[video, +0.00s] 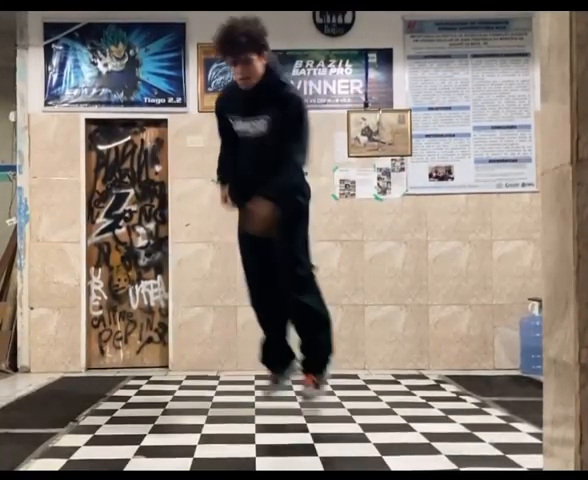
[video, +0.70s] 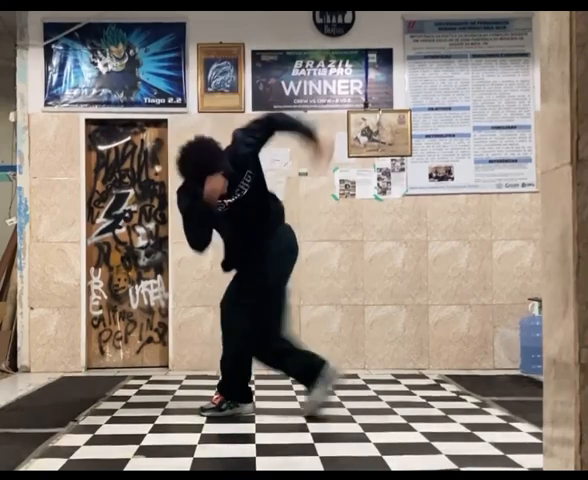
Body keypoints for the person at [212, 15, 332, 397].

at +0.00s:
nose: (241, 70)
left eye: (247, 61)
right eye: (234, 63)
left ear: (265, 56)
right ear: (227, 63)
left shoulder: (286, 99)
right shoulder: (227, 101)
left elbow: (293, 157)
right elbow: (228, 144)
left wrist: (270, 196)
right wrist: (226, 180)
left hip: (286, 196)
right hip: (249, 198)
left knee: (293, 278)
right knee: (260, 283)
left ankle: (316, 357)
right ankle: (279, 360)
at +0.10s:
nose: (219, 82)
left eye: (224, 74)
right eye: (214, 75)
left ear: (242, 63)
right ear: (212, 68)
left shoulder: (266, 97)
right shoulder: (226, 93)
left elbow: (261, 158)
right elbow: (232, 138)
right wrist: (220, 171)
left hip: (281, 196)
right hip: (248, 194)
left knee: (273, 269)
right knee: (237, 269)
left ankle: (289, 352)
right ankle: (257, 338)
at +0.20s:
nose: (196, 106)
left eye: (199, 98)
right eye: (194, 99)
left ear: (219, 94)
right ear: (219, 93)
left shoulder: (246, 124)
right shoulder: (234, 116)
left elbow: (208, 158)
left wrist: (162, 137)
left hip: (275, 210)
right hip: (247, 208)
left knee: (255, 281)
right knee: (229, 275)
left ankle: (255, 366)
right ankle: (233, 350)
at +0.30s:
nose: (185, 142)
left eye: (186, 137)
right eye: (184, 136)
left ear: (193, 138)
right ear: (208, 115)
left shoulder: (213, 160)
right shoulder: (234, 120)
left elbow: (165, 154)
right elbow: (224, 82)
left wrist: (155, 115)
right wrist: (184, 73)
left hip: (256, 241)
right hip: (272, 235)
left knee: (224, 305)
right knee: (230, 305)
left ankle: (226, 392)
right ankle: (224, 385)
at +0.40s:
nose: (181, 171)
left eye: (183, 164)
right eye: (177, 164)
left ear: (198, 158)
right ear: (202, 152)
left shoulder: (210, 186)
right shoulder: (221, 155)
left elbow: (168, 212)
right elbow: (206, 125)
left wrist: (145, 181)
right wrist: (173, 135)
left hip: (260, 261)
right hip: (269, 253)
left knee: (209, 316)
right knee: (220, 315)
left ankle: (229, 395)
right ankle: (233, 381)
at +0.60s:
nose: (210, 189)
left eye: (213, 181)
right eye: (202, 186)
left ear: (220, 168)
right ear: (190, 181)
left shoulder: (246, 163)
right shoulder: (187, 196)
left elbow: (299, 138)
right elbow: (197, 248)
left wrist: (335, 153)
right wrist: (221, 223)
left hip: (274, 245)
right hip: (247, 253)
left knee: (232, 303)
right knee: (263, 322)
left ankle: (235, 393)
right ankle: (328, 388)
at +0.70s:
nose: (220, 189)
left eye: (220, 182)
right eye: (214, 186)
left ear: (221, 168)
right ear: (199, 182)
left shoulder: (241, 151)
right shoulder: (189, 195)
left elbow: (270, 122)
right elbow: (199, 242)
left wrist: (309, 135)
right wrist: (207, 203)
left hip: (276, 245)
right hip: (248, 258)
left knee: (233, 308)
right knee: (253, 331)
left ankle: (235, 393)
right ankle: (316, 372)